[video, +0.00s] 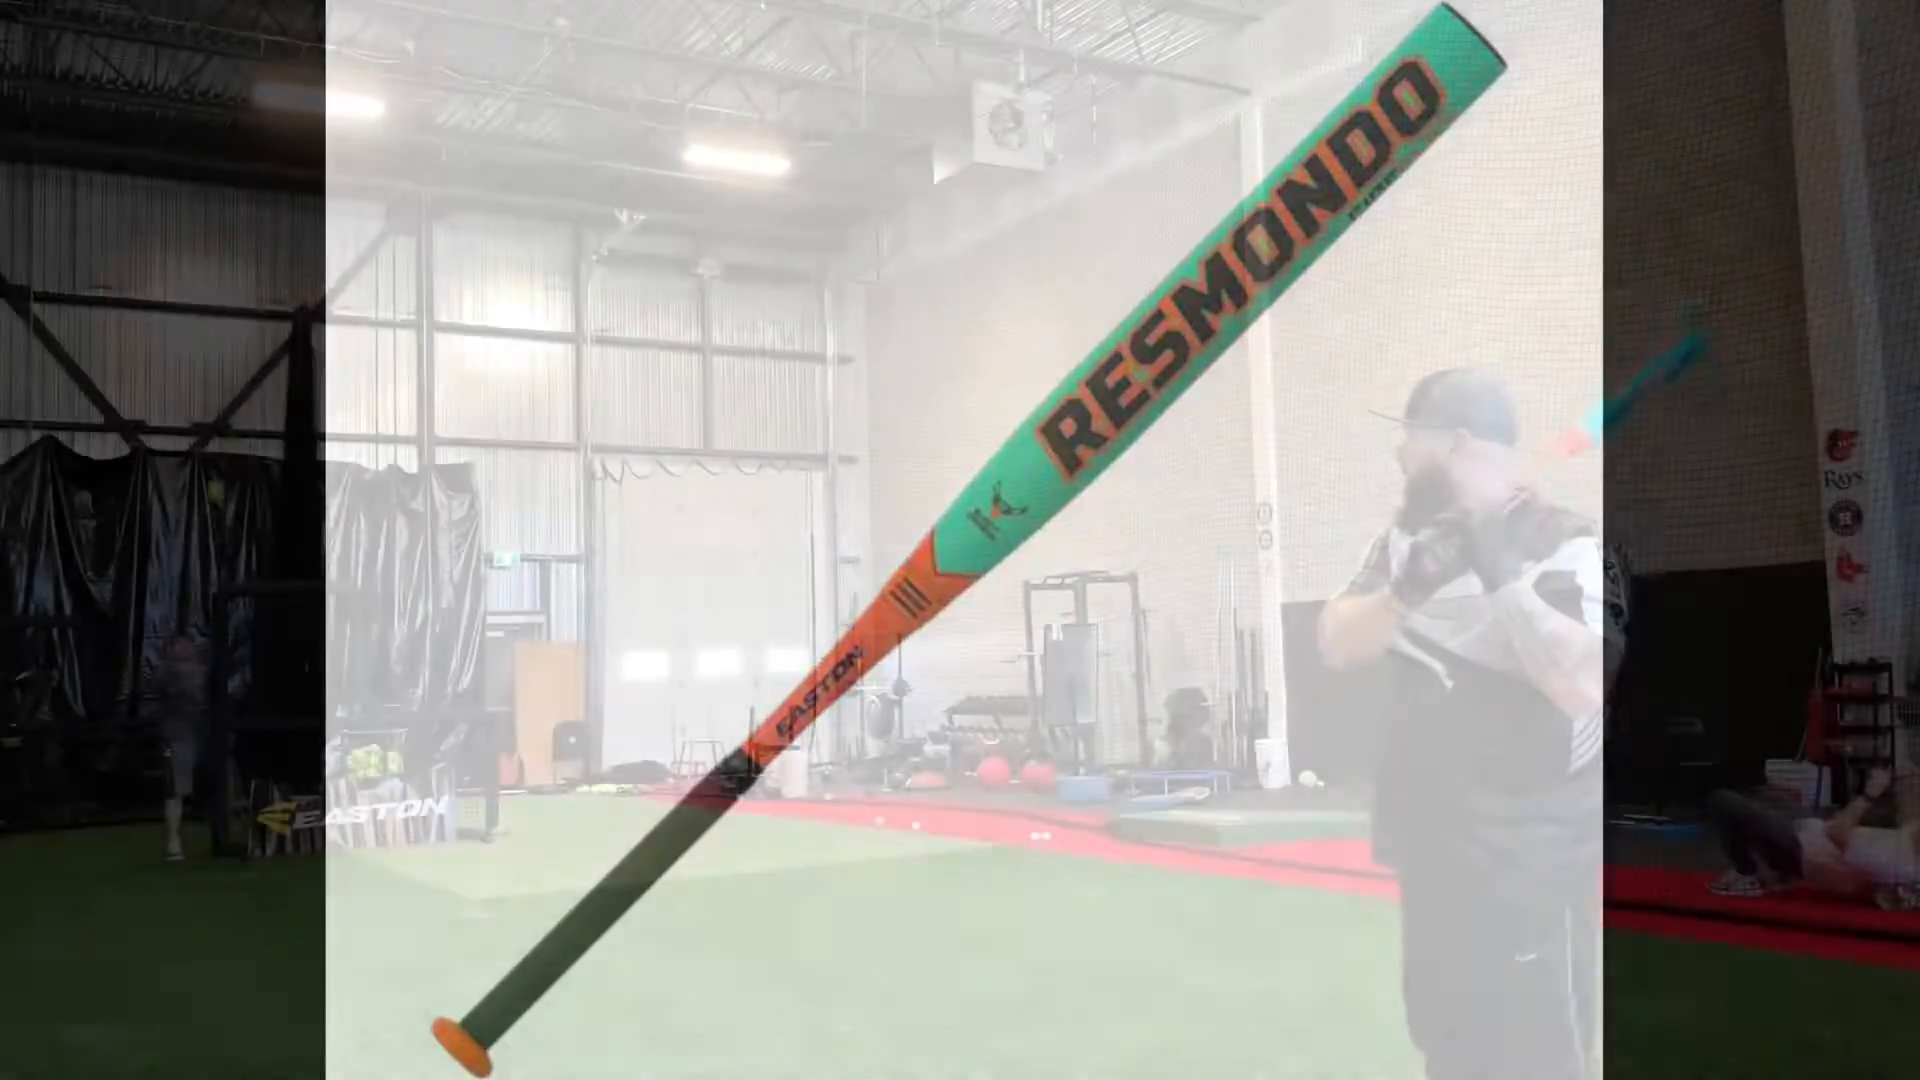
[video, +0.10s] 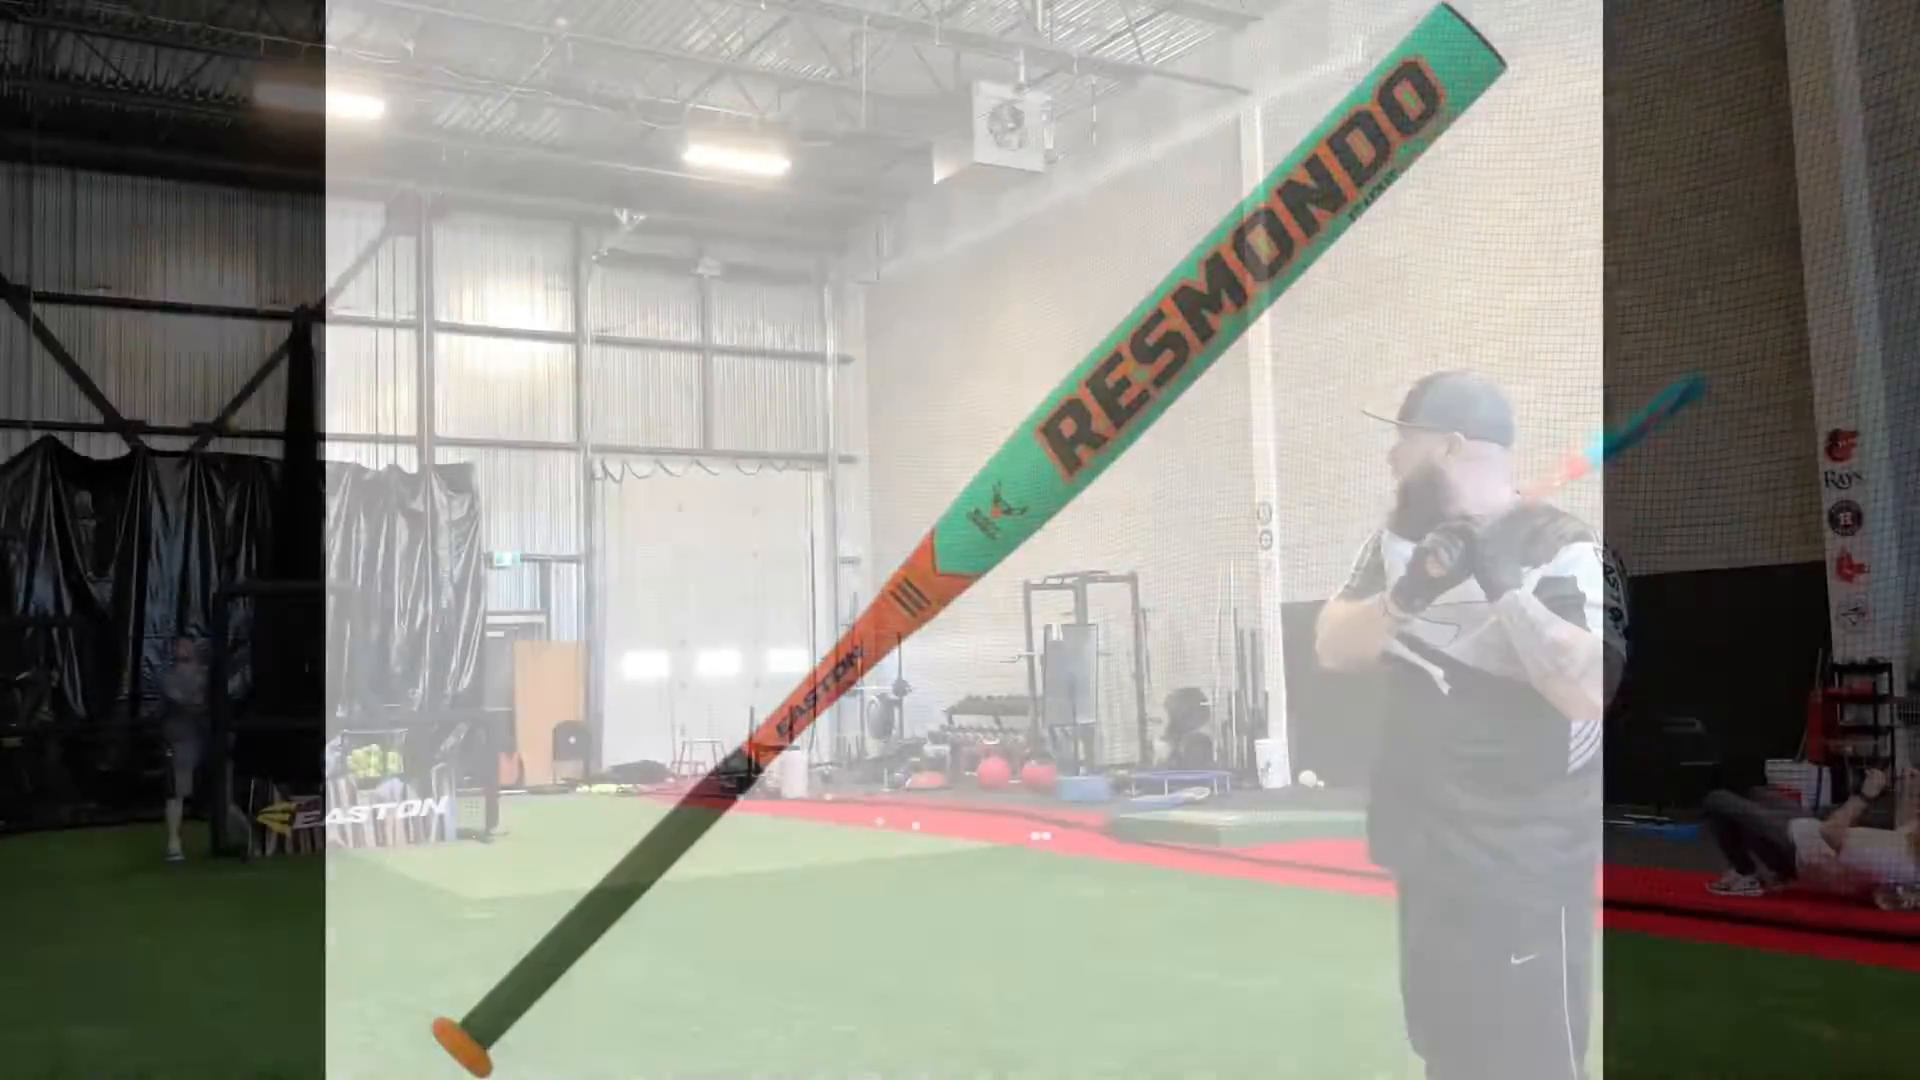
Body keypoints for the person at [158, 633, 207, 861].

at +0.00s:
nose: (184, 664)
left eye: (188, 657)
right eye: (178, 658)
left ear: (196, 658)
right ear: (168, 658)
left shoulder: (203, 675)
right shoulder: (165, 676)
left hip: (207, 732)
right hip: (179, 733)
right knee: (177, 789)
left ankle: (225, 839)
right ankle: (174, 841)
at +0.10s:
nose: (184, 657)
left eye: (188, 653)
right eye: (180, 652)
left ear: (196, 653)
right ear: (174, 653)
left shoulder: (205, 673)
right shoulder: (169, 674)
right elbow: (171, 694)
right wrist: (189, 698)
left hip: (210, 730)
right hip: (182, 730)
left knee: (221, 792)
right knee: (177, 789)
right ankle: (174, 841)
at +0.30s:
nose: (200, 654)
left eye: (203, 649)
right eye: (195, 650)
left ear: (209, 652)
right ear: (185, 654)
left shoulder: (217, 678)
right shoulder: (181, 683)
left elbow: (228, 711)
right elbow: (184, 720)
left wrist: (232, 737)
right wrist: (189, 752)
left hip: (217, 740)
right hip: (193, 741)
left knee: (226, 782)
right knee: (183, 791)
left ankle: (230, 825)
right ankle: (174, 840)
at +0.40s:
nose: (204, 662)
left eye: (207, 657)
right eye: (201, 657)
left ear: (214, 658)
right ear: (193, 658)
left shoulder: (223, 680)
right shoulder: (191, 684)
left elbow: (234, 709)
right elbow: (190, 721)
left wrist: (243, 734)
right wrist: (194, 756)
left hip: (223, 742)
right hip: (198, 743)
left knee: (231, 794)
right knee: (187, 794)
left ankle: (237, 837)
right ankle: (175, 841)